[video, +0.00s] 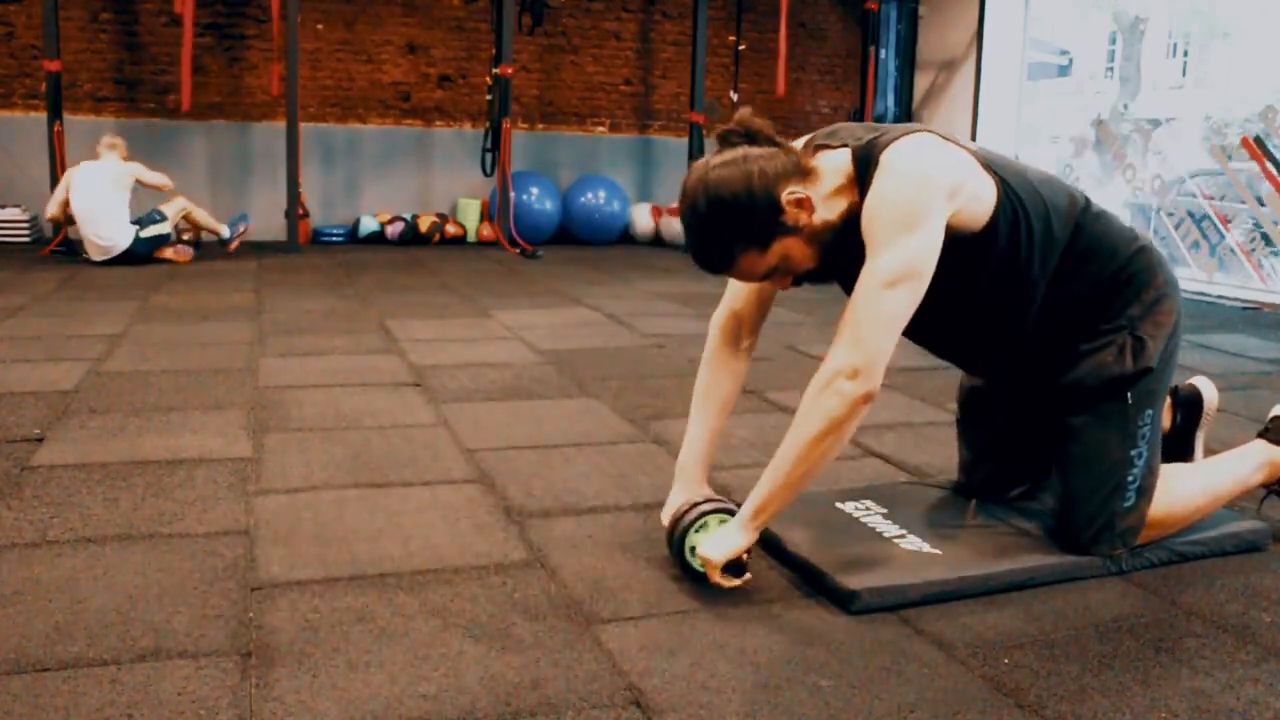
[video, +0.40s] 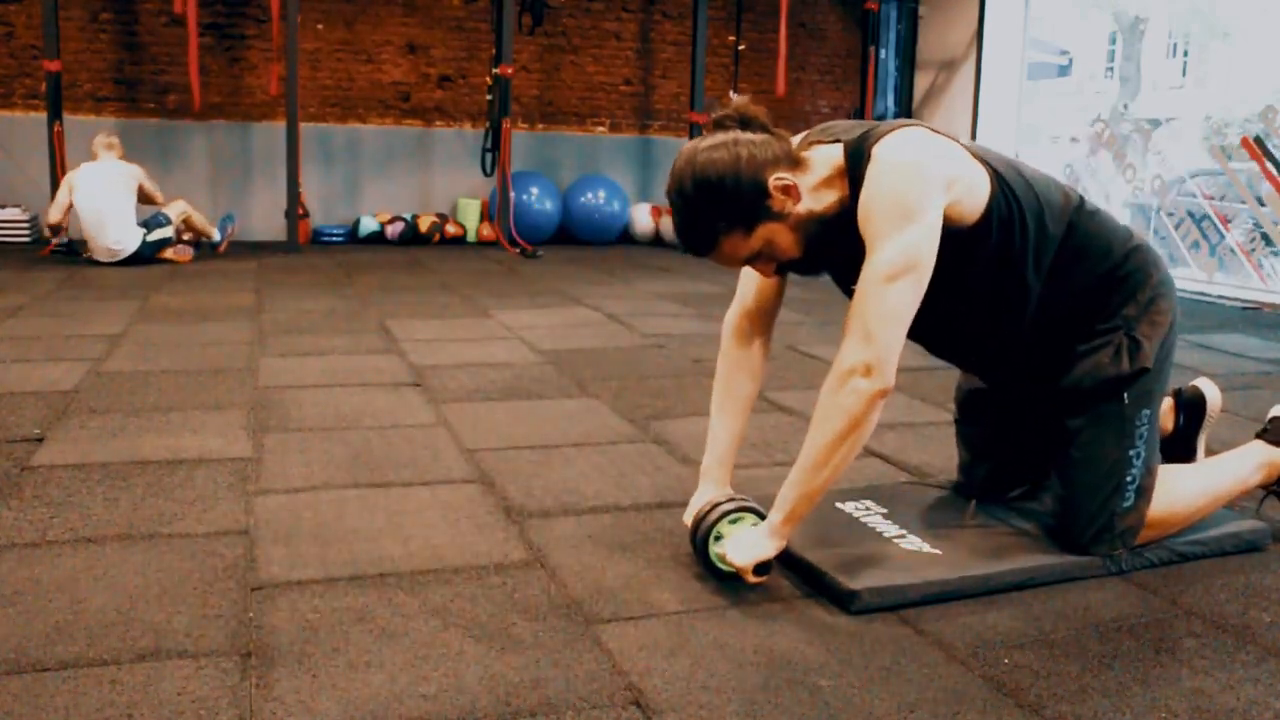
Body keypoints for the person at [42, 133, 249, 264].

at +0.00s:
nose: (121, 159)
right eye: (123, 155)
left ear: (97, 152)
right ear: (123, 153)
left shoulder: (74, 172)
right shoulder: (129, 168)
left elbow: (51, 214)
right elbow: (167, 184)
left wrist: (74, 216)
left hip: (95, 256)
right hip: (127, 248)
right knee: (181, 203)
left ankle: (167, 250)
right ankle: (227, 233)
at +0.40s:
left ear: (93, 153)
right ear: (120, 152)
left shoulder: (74, 176)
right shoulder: (132, 171)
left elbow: (53, 220)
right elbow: (156, 199)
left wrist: (60, 227)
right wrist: (130, 196)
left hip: (98, 256)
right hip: (132, 251)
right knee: (181, 206)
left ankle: (166, 251)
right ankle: (215, 236)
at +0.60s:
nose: (108, 151)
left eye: (100, 149)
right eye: (112, 149)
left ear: (91, 153)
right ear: (118, 152)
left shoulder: (74, 177)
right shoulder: (132, 169)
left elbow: (45, 220)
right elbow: (172, 194)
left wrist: (22, 239)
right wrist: (154, 200)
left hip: (98, 256)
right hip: (132, 249)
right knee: (180, 207)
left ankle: (168, 250)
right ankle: (219, 238)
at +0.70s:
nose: (110, 153)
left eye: (101, 150)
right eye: (113, 150)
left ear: (90, 155)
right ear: (116, 153)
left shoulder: (73, 179)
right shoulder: (129, 171)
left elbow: (41, 221)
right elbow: (174, 193)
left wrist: (11, 244)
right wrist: (169, 203)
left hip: (97, 256)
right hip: (131, 249)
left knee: (136, 232)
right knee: (181, 207)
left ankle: (167, 251)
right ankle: (221, 238)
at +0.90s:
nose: (112, 148)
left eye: (105, 147)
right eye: (112, 148)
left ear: (89, 155)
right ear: (116, 154)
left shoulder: (70, 179)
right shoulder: (127, 171)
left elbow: (42, 220)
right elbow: (171, 193)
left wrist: (11, 244)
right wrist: (189, 199)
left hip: (96, 256)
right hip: (129, 248)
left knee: (140, 233)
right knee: (183, 210)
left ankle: (169, 251)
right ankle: (222, 238)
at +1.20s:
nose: (115, 158)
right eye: (117, 154)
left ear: (90, 156)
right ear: (118, 155)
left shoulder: (70, 180)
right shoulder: (129, 171)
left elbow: (56, 227)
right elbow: (177, 194)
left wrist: (49, 238)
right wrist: (191, 200)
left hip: (97, 256)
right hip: (130, 247)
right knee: (186, 210)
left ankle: (170, 251)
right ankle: (222, 238)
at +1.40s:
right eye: (119, 151)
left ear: (92, 156)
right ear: (119, 154)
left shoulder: (74, 179)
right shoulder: (128, 171)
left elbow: (69, 225)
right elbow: (176, 194)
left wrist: (72, 244)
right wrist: (188, 202)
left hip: (96, 256)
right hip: (127, 249)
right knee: (185, 211)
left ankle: (168, 252)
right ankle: (223, 239)